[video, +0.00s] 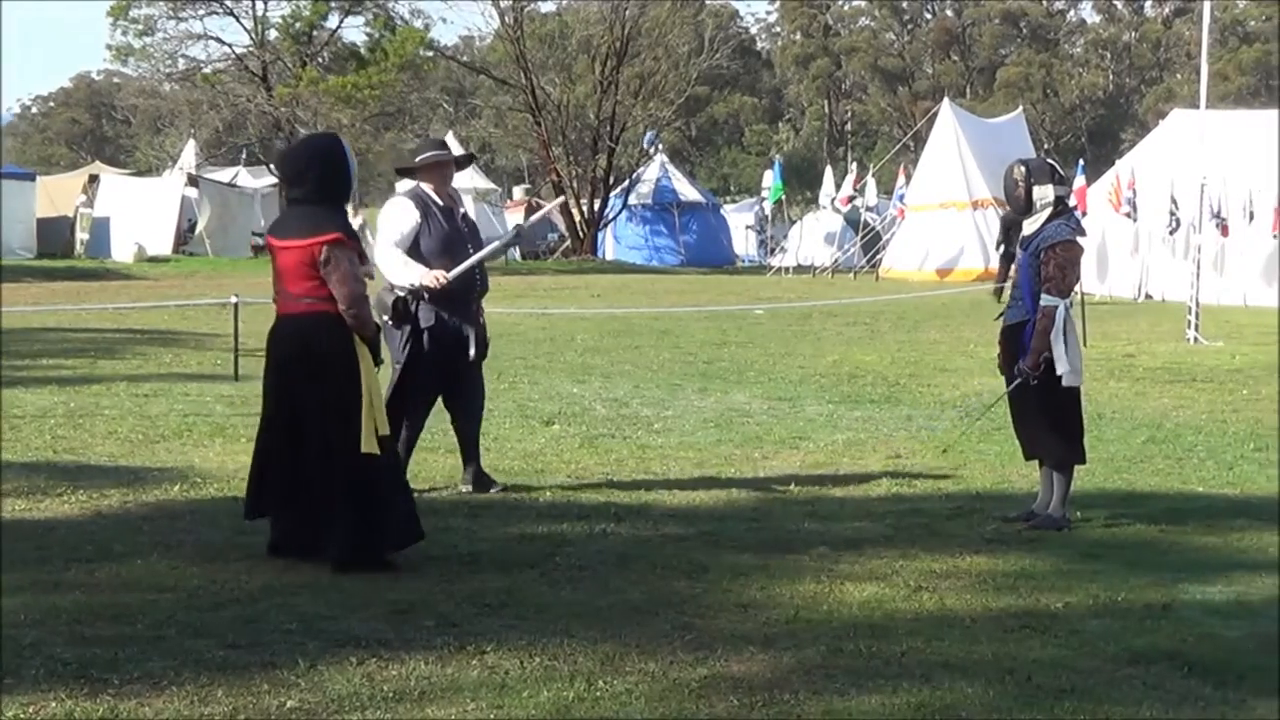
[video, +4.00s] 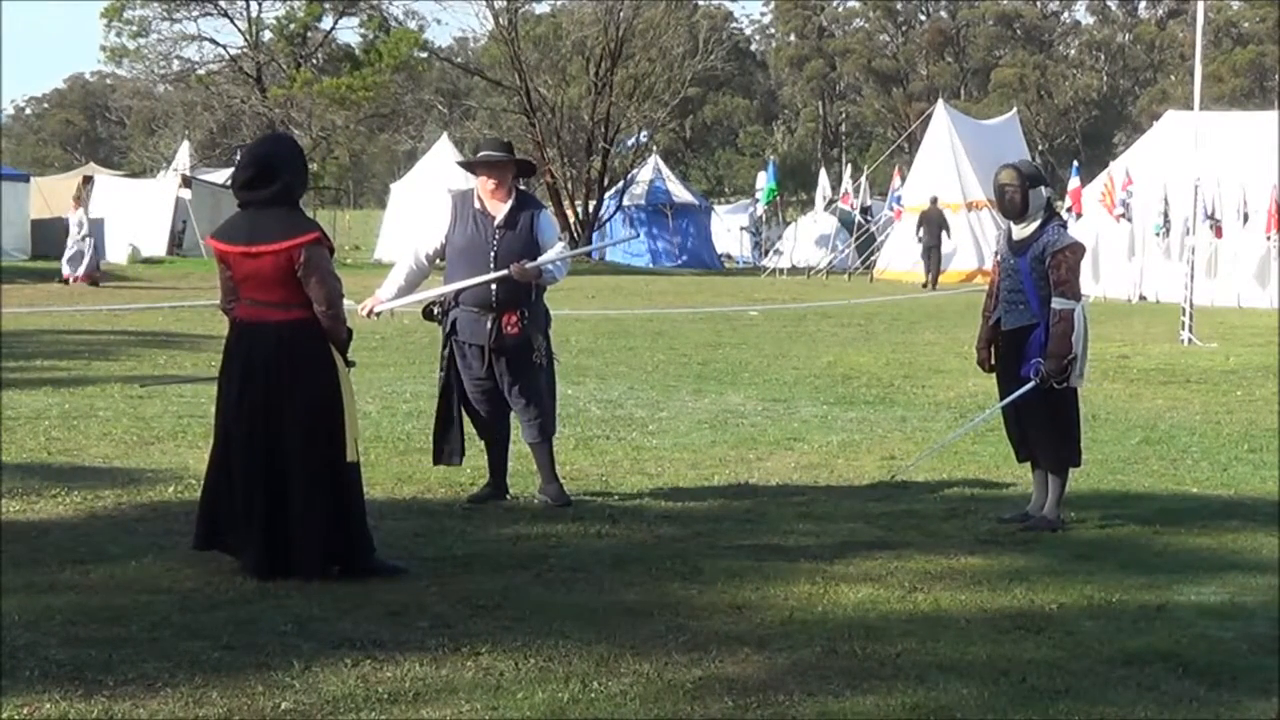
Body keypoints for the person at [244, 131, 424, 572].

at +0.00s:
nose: (351, 180)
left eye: (348, 172)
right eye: (347, 173)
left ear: (290, 180)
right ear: (337, 179)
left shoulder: (279, 230)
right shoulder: (331, 234)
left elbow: (284, 293)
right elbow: (351, 303)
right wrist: (374, 337)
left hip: (286, 336)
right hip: (329, 339)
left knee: (296, 434)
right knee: (342, 435)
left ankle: (291, 532)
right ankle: (353, 541)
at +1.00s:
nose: (307, 182)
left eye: (305, 173)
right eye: (304, 175)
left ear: (247, 174)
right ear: (292, 181)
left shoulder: (228, 223)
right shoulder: (290, 235)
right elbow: (314, 305)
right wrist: (335, 342)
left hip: (244, 335)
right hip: (289, 341)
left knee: (245, 438)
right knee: (300, 441)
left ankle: (241, 543)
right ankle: (307, 545)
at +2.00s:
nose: (300, 181)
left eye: (299, 173)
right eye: (297, 173)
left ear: (241, 176)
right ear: (286, 179)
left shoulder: (220, 233)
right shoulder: (287, 234)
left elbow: (221, 302)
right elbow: (313, 309)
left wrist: (250, 325)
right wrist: (333, 344)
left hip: (239, 346)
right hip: (288, 349)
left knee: (251, 442)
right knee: (307, 442)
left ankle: (260, 547)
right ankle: (321, 546)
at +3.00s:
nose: (306, 180)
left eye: (304, 172)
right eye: (302, 172)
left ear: (248, 176)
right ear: (293, 177)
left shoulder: (228, 233)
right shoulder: (304, 233)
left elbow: (228, 301)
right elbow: (326, 306)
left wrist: (251, 328)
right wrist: (342, 339)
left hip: (247, 345)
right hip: (299, 347)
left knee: (253, 444)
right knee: (312, 444)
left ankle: (259, 550)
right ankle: (322, 549)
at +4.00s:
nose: (305, 180)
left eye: (303, 172)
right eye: (301, 173)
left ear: (248, 175)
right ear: (292, 177)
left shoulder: (226, 234)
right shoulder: (303, 233)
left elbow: (229, 301)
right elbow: (327, 305)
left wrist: (246, 332)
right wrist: (341, 341)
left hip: (247, 345)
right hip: (299, 346)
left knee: (253, 443)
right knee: (312, 443)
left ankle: (258, 548)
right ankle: (320, 547)